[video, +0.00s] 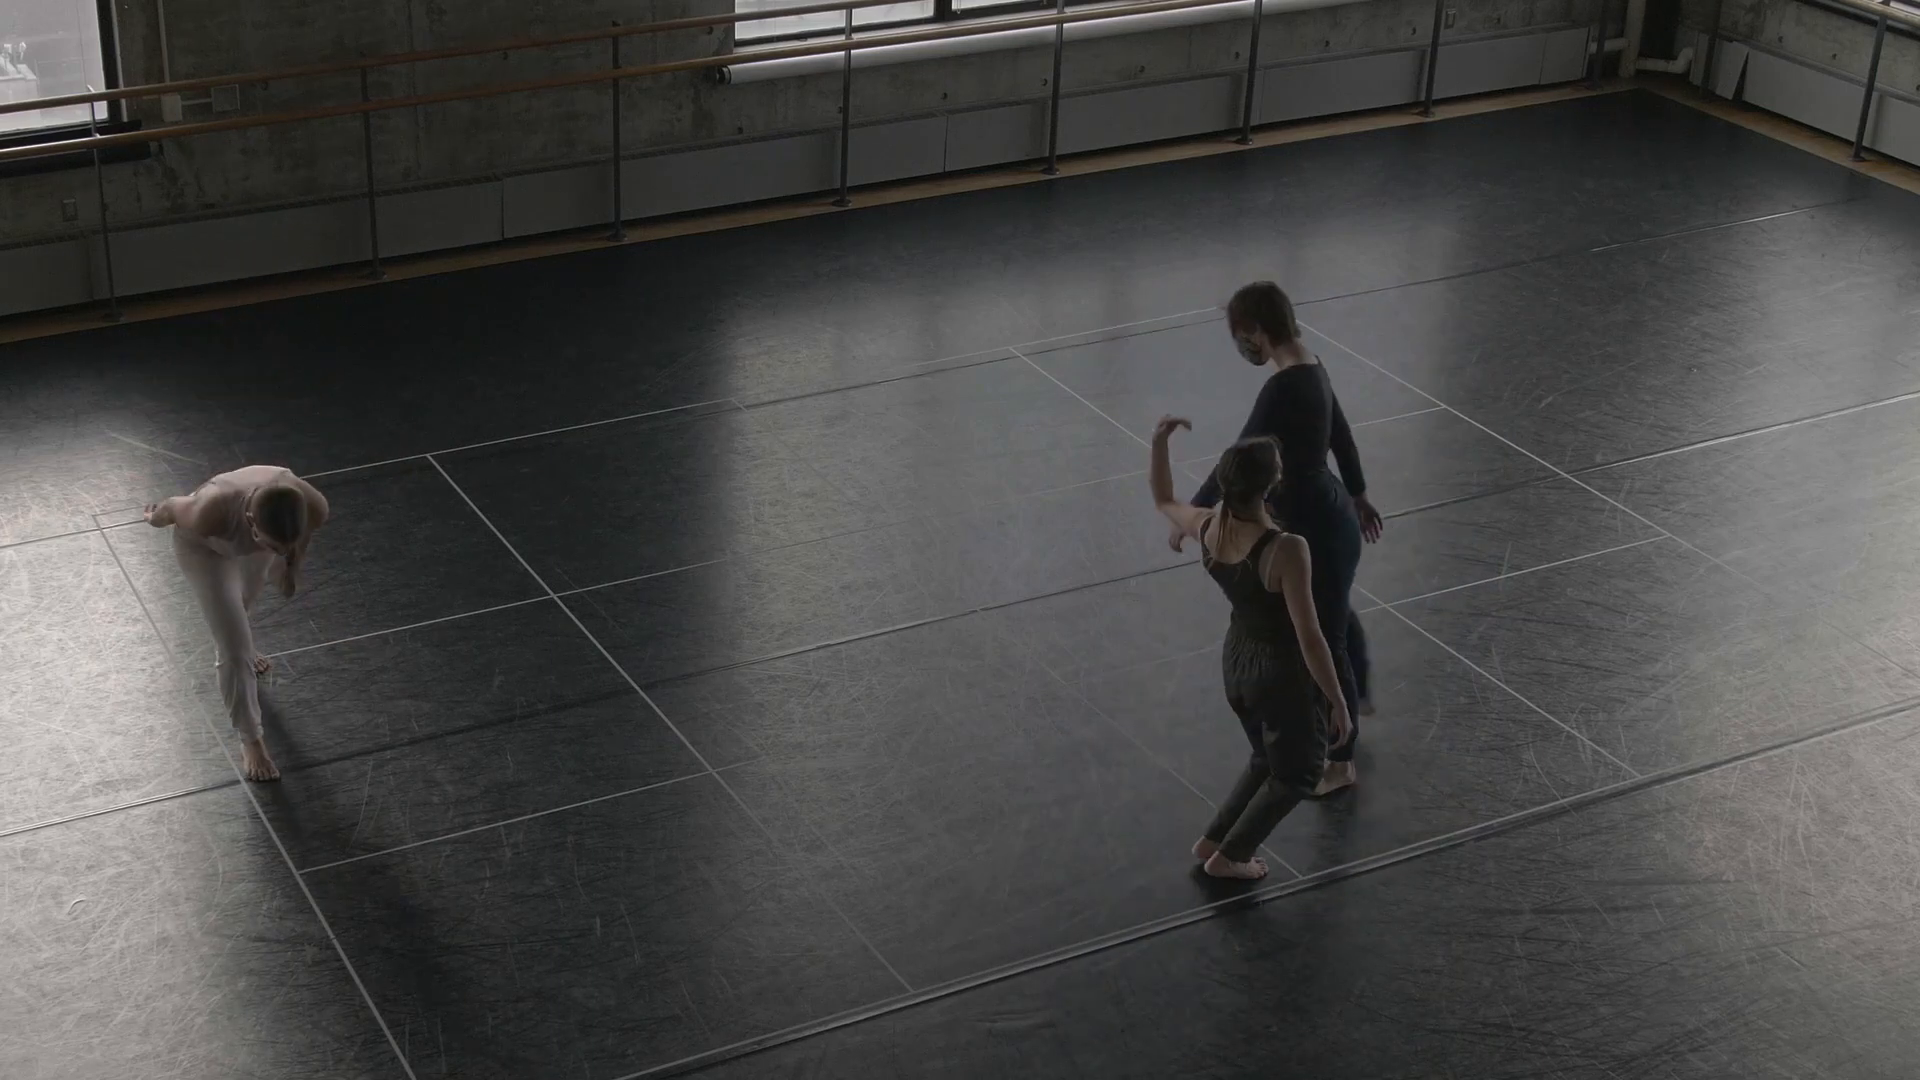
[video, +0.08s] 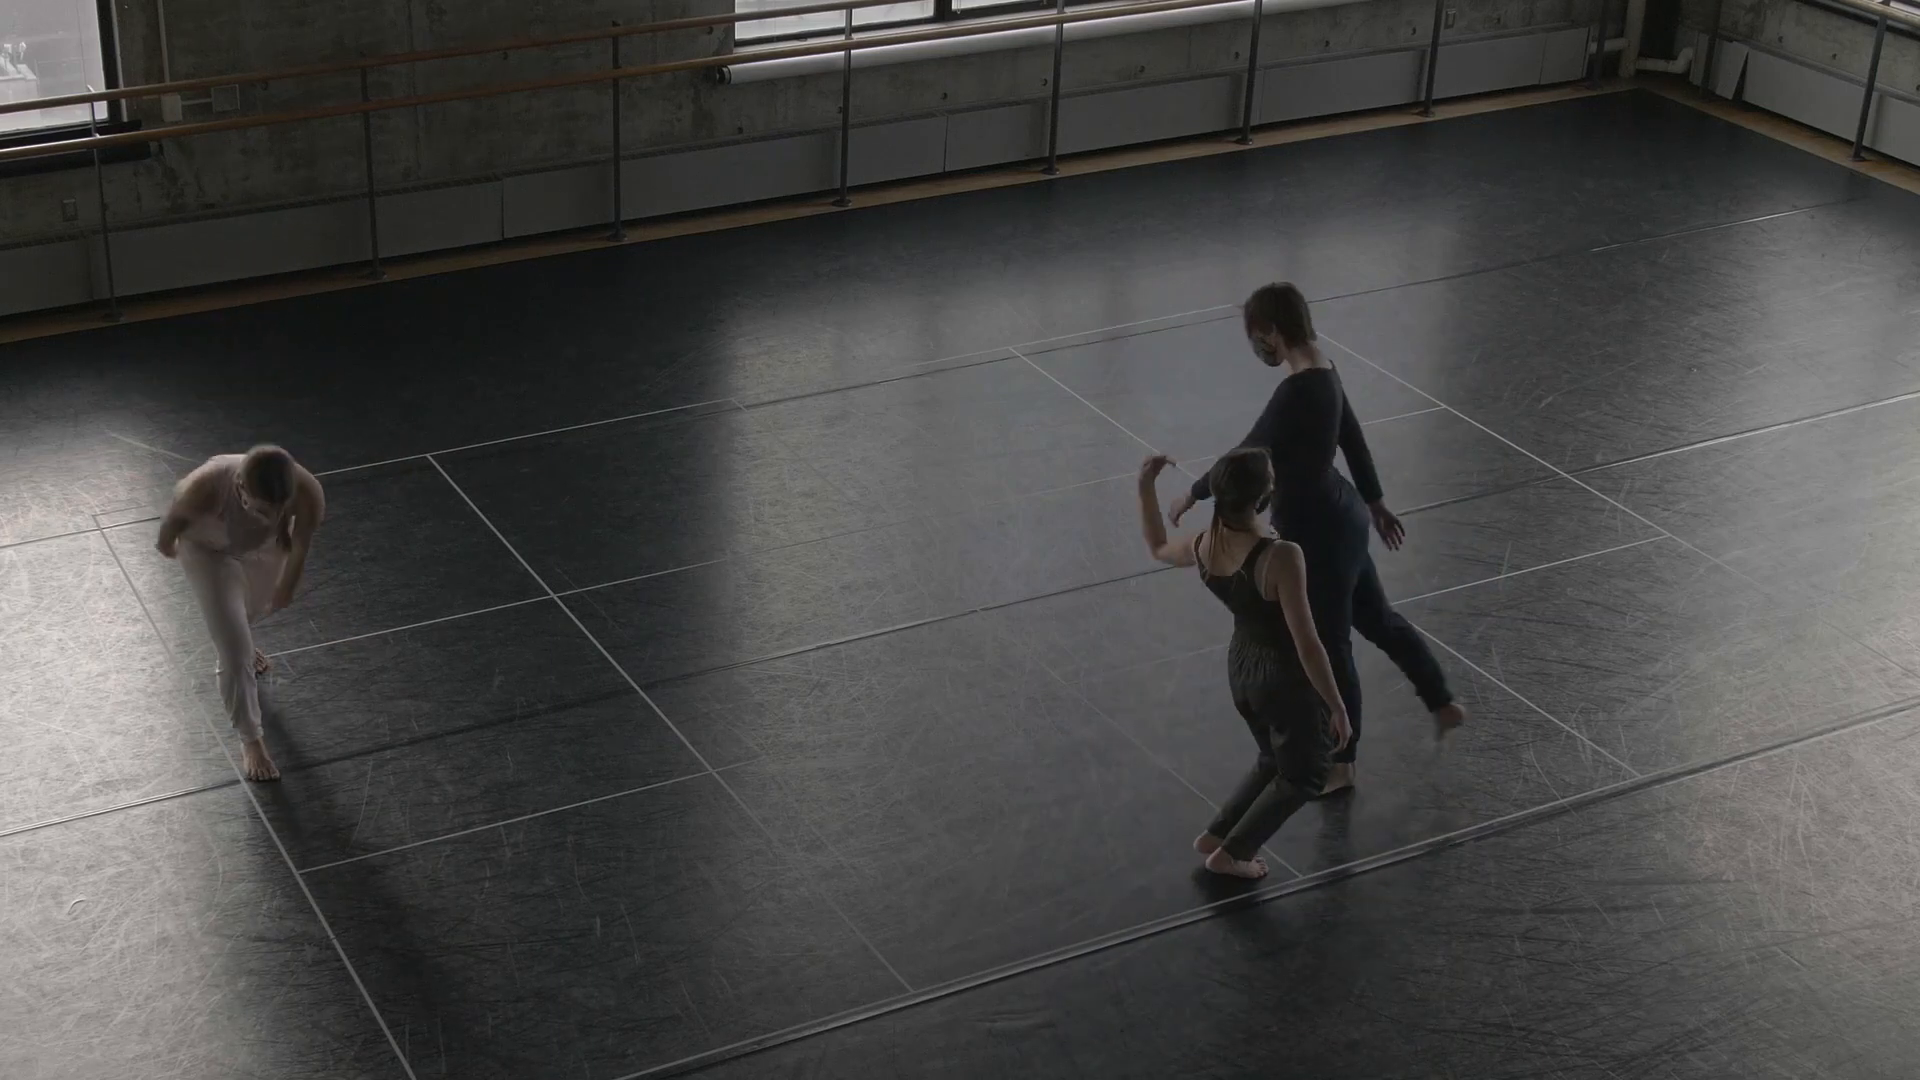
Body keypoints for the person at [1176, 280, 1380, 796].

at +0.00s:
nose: (1237, 342)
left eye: (1239, 333)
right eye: (1235, 334)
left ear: (1258, 329)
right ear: (1283, 322)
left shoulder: (1279, 388)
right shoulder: (1312, 367)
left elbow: (1239, 457)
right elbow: (1341, 437)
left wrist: (1191, 511)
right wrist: (1360, 496)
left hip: (1313, 528)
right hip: (1335, 509)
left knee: (1325, 633)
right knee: (1335, 606)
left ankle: (1338, 761)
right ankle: (1355, 696)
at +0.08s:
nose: (1253, 342)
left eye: (1253, 332)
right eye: (1251, 333)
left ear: (1271, 332)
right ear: (1298, 324)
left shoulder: (1294, 391)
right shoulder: (1322, 374)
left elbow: (1248, 455)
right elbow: (1352, 440)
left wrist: (1192, 493)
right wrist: (1377, 501)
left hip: (1318, 534)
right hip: (1343, 514)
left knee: (1330, 643)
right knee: (1377, 620)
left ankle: (1340, 760)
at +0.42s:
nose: (1287, 330)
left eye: (1287, 323)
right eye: (1288, 322)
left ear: (1295, 328)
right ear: (1343, 317)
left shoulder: (1284, 390)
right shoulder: (1387, 375)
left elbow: (1271, 469)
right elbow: (1416, 457)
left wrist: (1254, 527)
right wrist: (1443, 525)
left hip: (1330, 537)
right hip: (1400, 530)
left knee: (1335, 646)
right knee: (1387, 636)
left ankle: (1339, 772)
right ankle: (1380, 736)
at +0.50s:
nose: (1307, 329)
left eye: (1306, 322)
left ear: (1309, 328)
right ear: (1356, 318)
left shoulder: (1299, 385)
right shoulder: (1390, 384)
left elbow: (1299, 465)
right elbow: (1411, 469)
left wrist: (1298, 524)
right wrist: (1434, 545)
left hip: (1329, 535)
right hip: (1393, 536)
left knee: (1330, 638)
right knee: (1383, 632)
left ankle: (1322, 717)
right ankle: (1375, 704)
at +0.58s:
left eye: (1323, 318)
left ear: (1322, 325)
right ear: (1371, 317)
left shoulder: (1318, 379)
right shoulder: (1391, 391)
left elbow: (1335, 454)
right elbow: (1396, 484)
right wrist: (1414, 564)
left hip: (1330, 519)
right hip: (1381, 524)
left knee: (1324, 632)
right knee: (1389, 591)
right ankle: (1393, 653)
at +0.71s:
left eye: (1342, 317)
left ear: (1346, 326)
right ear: (1394, 319)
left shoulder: (1344, 371)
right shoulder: (1404, 397)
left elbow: (1379, 431)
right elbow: (1385, 486)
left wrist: (1429, 469)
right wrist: (1375, 568)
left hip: (1341, 507)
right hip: (1400, 515)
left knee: (1330, 612)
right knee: (1412, 578)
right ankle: (1422, 623)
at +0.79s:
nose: (1362, 330)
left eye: (1362, 323)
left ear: (1365, 326)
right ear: (1412, 324)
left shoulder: (1356, 366)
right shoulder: (1419, 394)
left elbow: (1408, 410)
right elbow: (1396, 483)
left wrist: (1467, 427)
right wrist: (1372, 555)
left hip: (1349, 506)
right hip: (1409, 512)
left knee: (1335, 626)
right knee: (1429, 579)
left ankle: (1313, 751)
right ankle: (1443, 634)